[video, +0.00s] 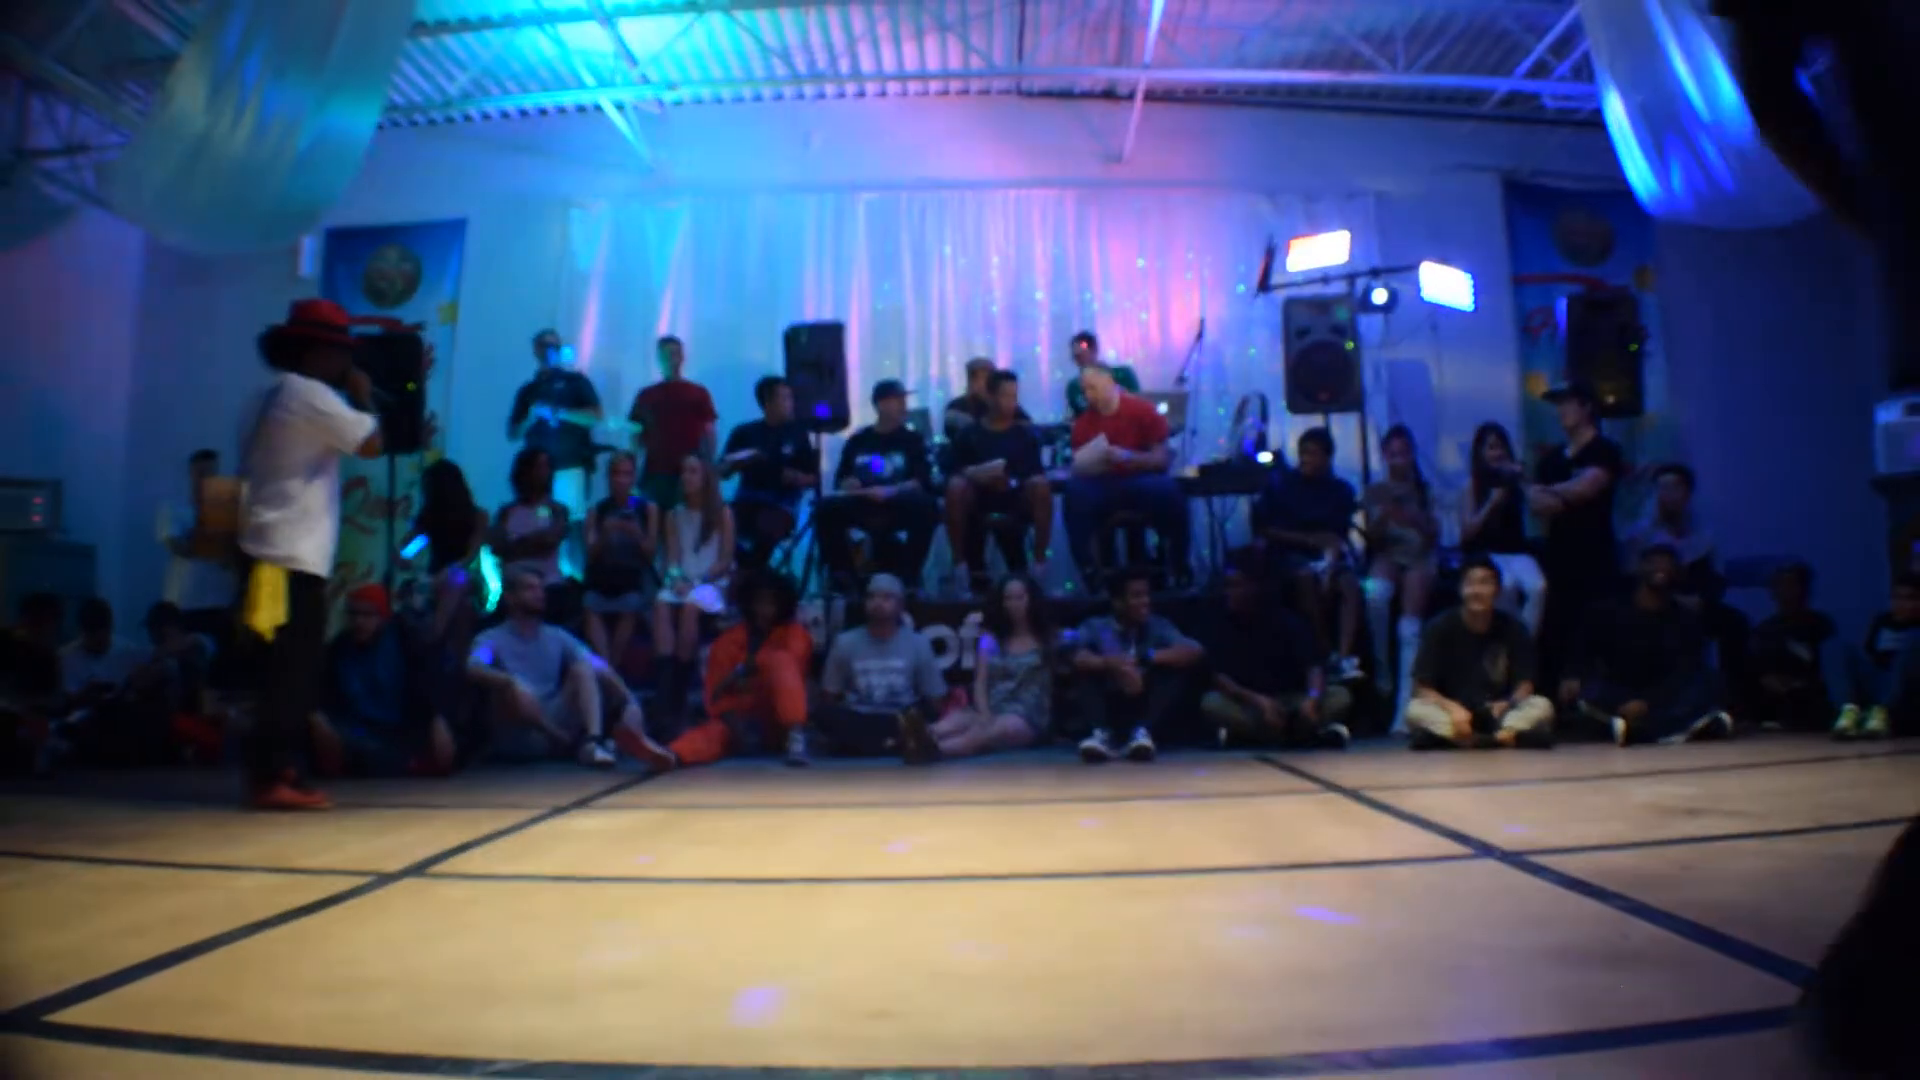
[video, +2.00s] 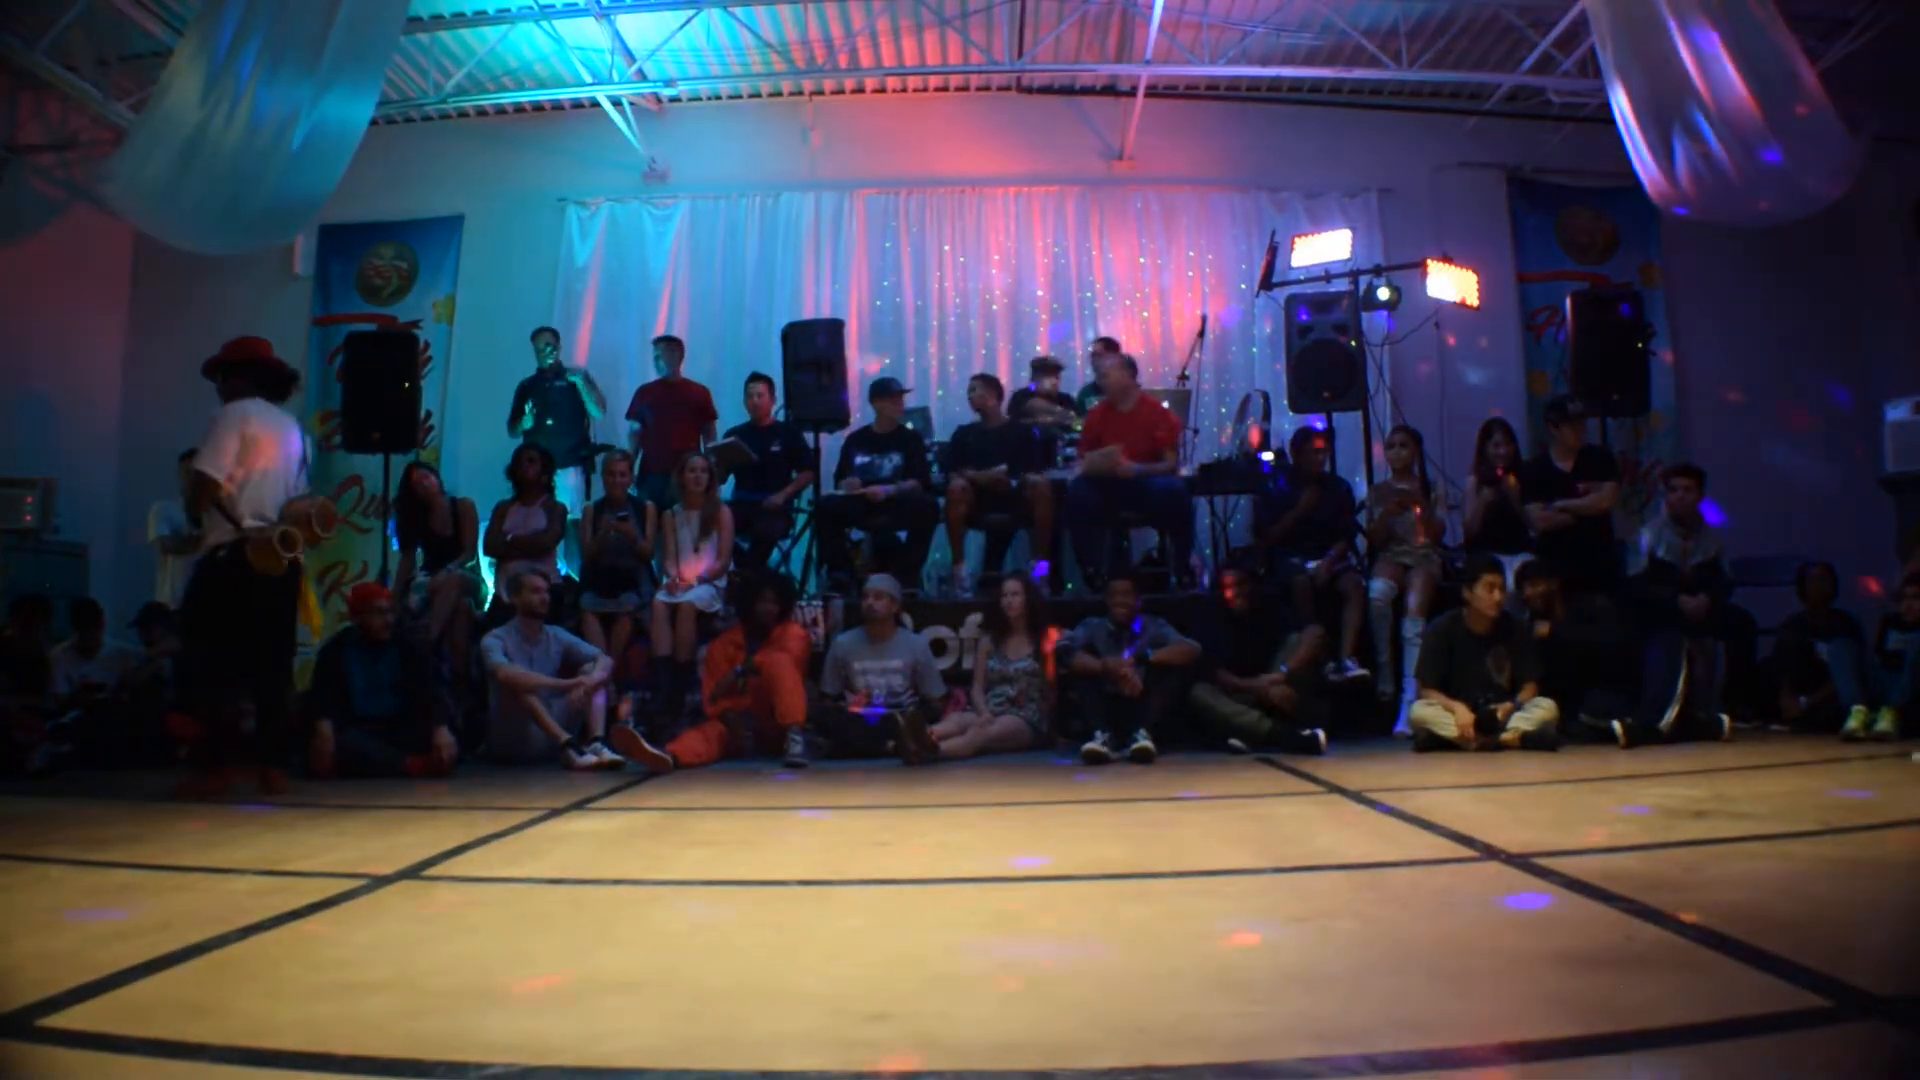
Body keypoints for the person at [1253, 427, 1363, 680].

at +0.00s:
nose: (1308, 459)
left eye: (1315, 454)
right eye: (1304, 453)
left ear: (1328, 457)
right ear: (1299, 455)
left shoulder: (1340, 490)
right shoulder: (1282, 485)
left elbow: (1340, 531)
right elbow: (1264, 526)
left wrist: (1331, 557)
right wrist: (1312, 541)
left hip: (1327, 552)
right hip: (1291, 551)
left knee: (1349, 582)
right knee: (1306, 579)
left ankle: (1345, 655)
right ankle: (1319, 655)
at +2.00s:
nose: (1319, 458)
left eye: (1323, 452)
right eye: (1313, 452)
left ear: (1327, 454)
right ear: (1296, 454)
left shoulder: (1338, 486)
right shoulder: (1278, 485)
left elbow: (1347, 535)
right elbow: (1267, 535)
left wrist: (1330, 562)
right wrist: (1299, 510)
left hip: (1329, 554)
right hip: (1292, 554)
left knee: (1354, 585)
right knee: (1301, 584)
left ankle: (1347, 657)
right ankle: (1314, 658)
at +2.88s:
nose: (1320, 452)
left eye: (1322, 446)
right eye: (1313, 446)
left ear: (1327, 451)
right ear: (1295, 452)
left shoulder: (1338, 486)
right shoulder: (1275, 487)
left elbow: (1345, 532)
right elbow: (1264, 537)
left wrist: (1331, 560)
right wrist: (1300, 533)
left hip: (1329, 557)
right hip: (1290, 557)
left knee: (1353, 584)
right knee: (1300, 583)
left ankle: (1342, 658)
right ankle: (1309, 659)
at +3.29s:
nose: (1326, 450)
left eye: (1325, 445)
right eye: (1318, 446)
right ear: (1300, 453)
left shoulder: (1337, 486)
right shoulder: (1277, 487)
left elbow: (1345, 532)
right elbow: (1264, 540)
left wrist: (1334, 560)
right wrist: (1307, 562)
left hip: (1328, 560)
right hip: (1291, 561)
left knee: (1354, 583)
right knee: (1300, 585)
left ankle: (1343, 657)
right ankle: (1311, 660)